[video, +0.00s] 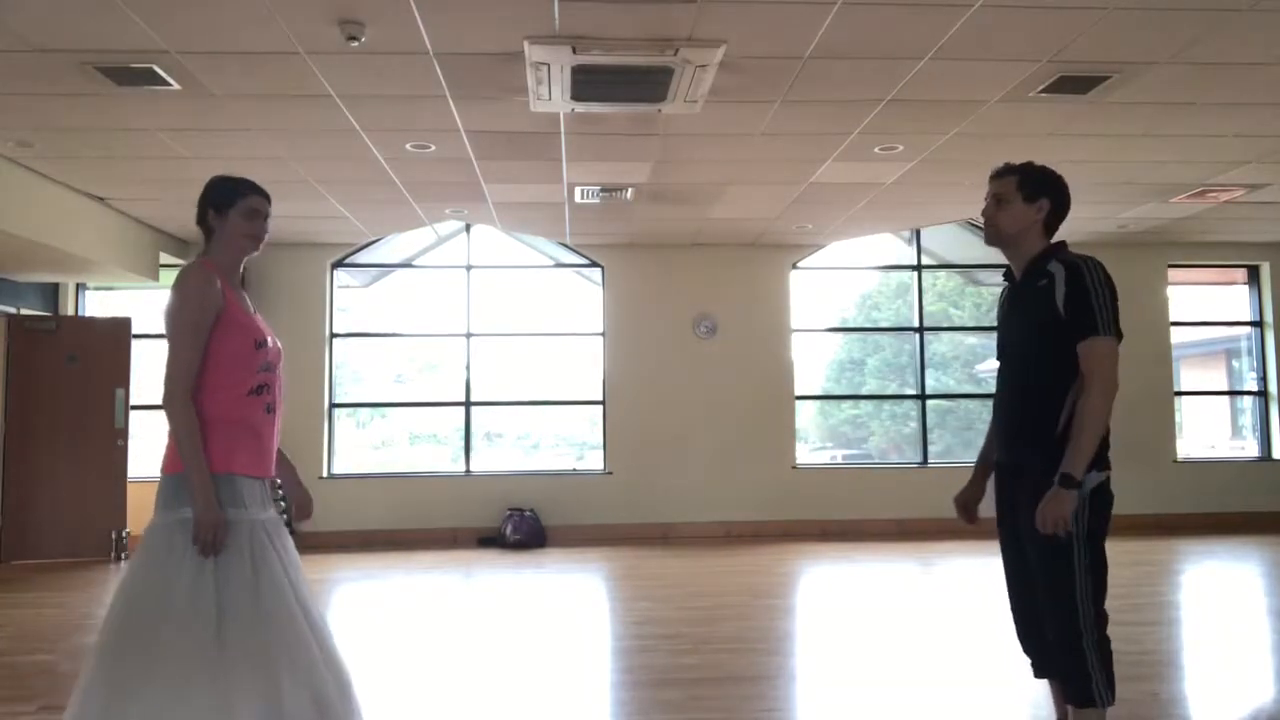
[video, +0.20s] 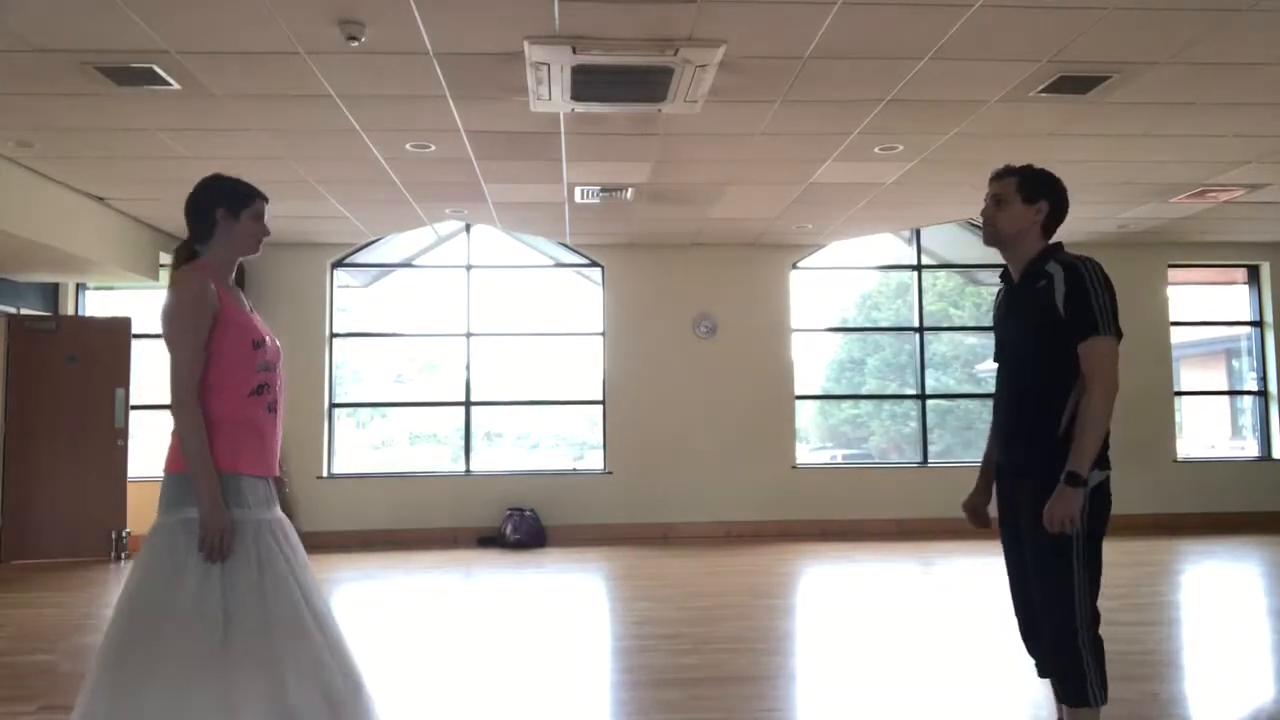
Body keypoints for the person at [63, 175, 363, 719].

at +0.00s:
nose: (263, 228)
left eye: (266, 219)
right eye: (252, 216)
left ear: (260, 227)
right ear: (214, 218)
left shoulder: (235, 290)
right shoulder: (200, 281)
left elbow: (241, 402)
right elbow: (176, 396)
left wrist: (288, 474)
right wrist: (204, 500)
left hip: (247, 492)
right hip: (216, 494)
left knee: (250, 648)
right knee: (218, 649)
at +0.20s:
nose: (267, 229)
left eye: (265, 218)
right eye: (258, 217)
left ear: (226, 221)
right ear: (222, 219)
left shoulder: (232, 294)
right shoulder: (195, 287)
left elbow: (247, 399)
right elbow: (183, 401)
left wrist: (276, 481)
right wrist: (211, 503)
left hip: (252, 490)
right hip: (219, 492)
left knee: (258, 644)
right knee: (218, 645)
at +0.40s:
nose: (262, 225)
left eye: (261, 215)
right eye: (253, 214)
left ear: (224, 219)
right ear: (218, 217)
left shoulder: (232, 293)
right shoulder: (194, 285)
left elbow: (245, 401)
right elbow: (187, 402)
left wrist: (277, 487)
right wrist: (217, 506)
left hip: (254, 492)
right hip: (222, 493)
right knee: (227, 650)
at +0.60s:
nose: (264, 226)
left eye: (263, 216)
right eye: (254, 215)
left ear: (226, 221)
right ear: (219, 219)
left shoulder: (237, 295)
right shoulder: (198, 285)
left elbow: (243, 404)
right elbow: (187, 401)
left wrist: (279, 488)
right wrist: (216, 504)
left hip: (258, 494)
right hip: (225, 495)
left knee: (264, 649)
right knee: (227, 651)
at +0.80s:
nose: (269, 226)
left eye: (267, 216)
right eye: (258, 215)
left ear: (227, 220)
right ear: (221, 218)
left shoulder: (240, 293)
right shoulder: (201, 285)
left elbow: (240, 399)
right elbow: (191, 401)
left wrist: (273, 492)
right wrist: (217, 503)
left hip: (261, 494)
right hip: (228, 495)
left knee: (267, 649)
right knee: (227, 651)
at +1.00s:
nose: (269, 227)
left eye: (268, 217)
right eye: (259, 216)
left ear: (227, 221)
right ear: (221, 218)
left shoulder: (236, 293)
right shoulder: (201, 286)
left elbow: (237, 399)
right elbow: (192, 402)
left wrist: (271, 489)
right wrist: (218, 503)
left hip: (257, 492)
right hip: (225, 493)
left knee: (262, 649)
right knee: (224, 651)